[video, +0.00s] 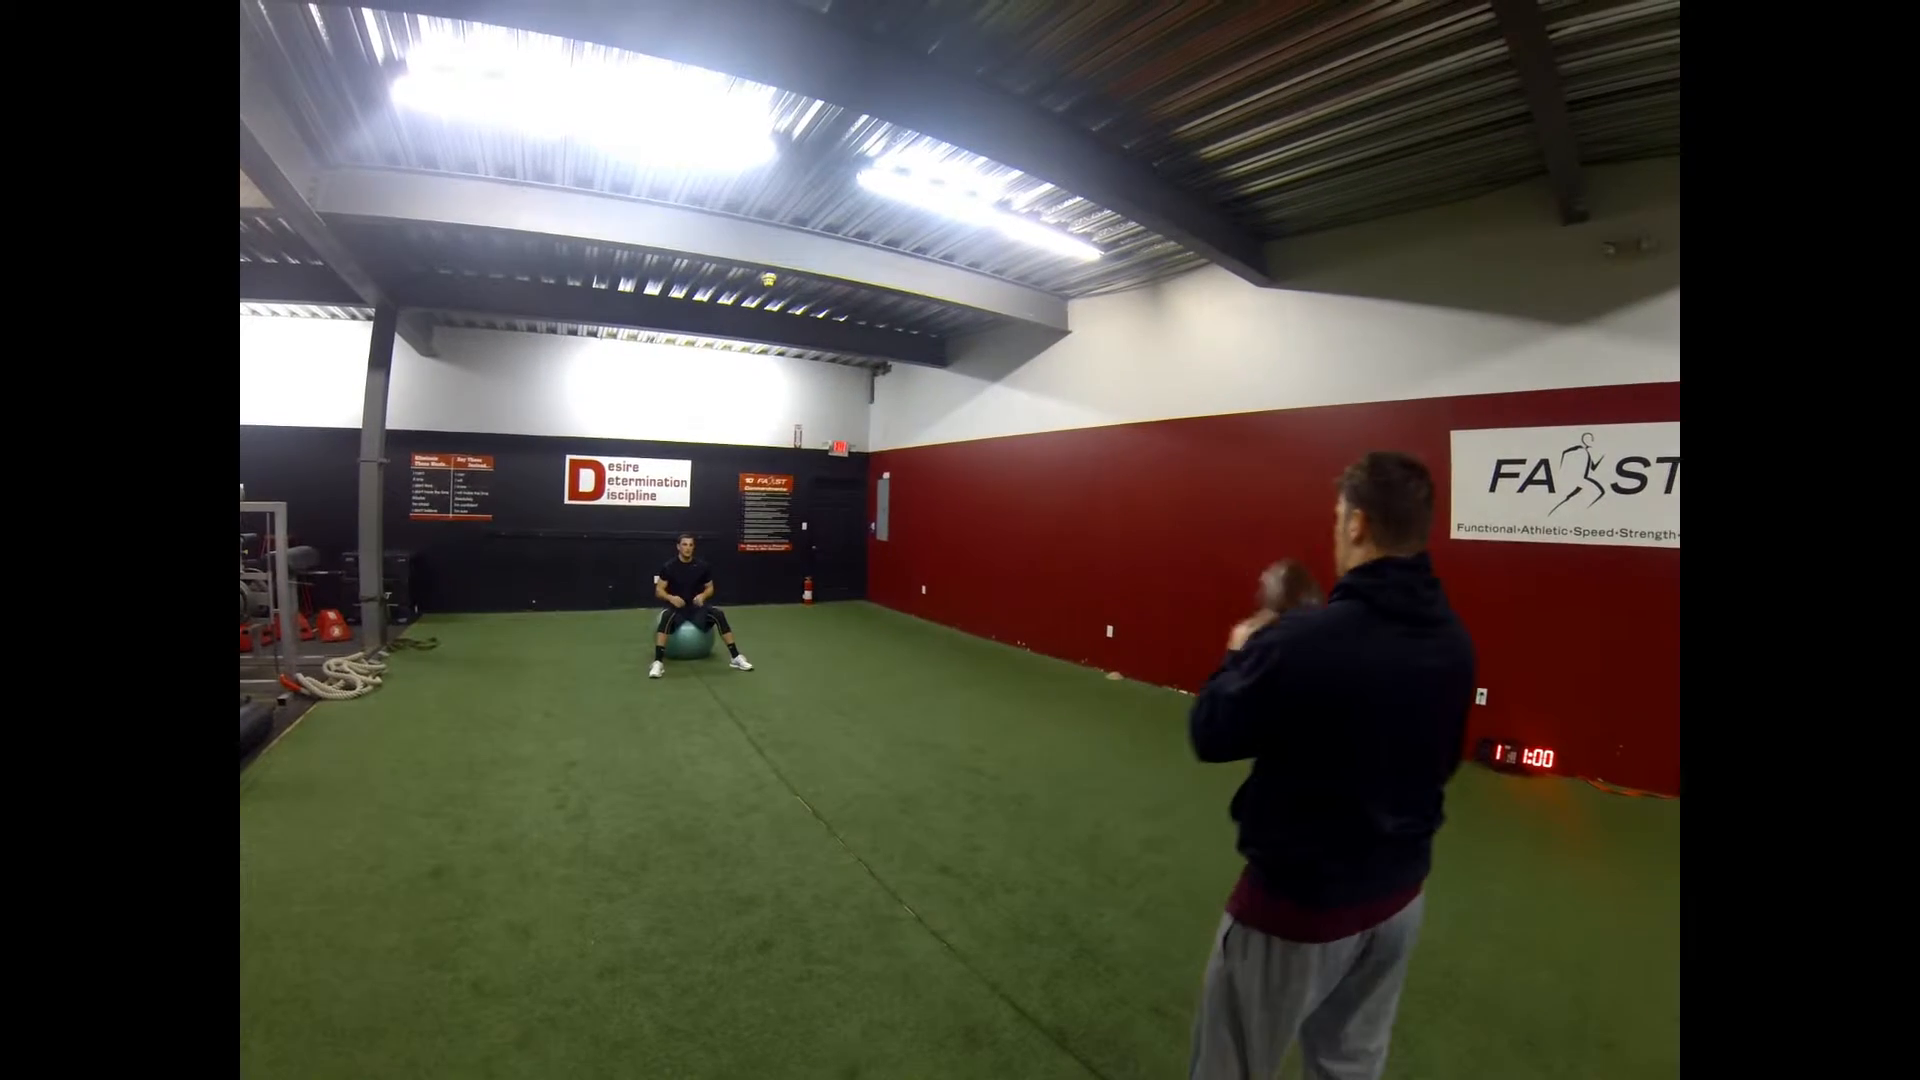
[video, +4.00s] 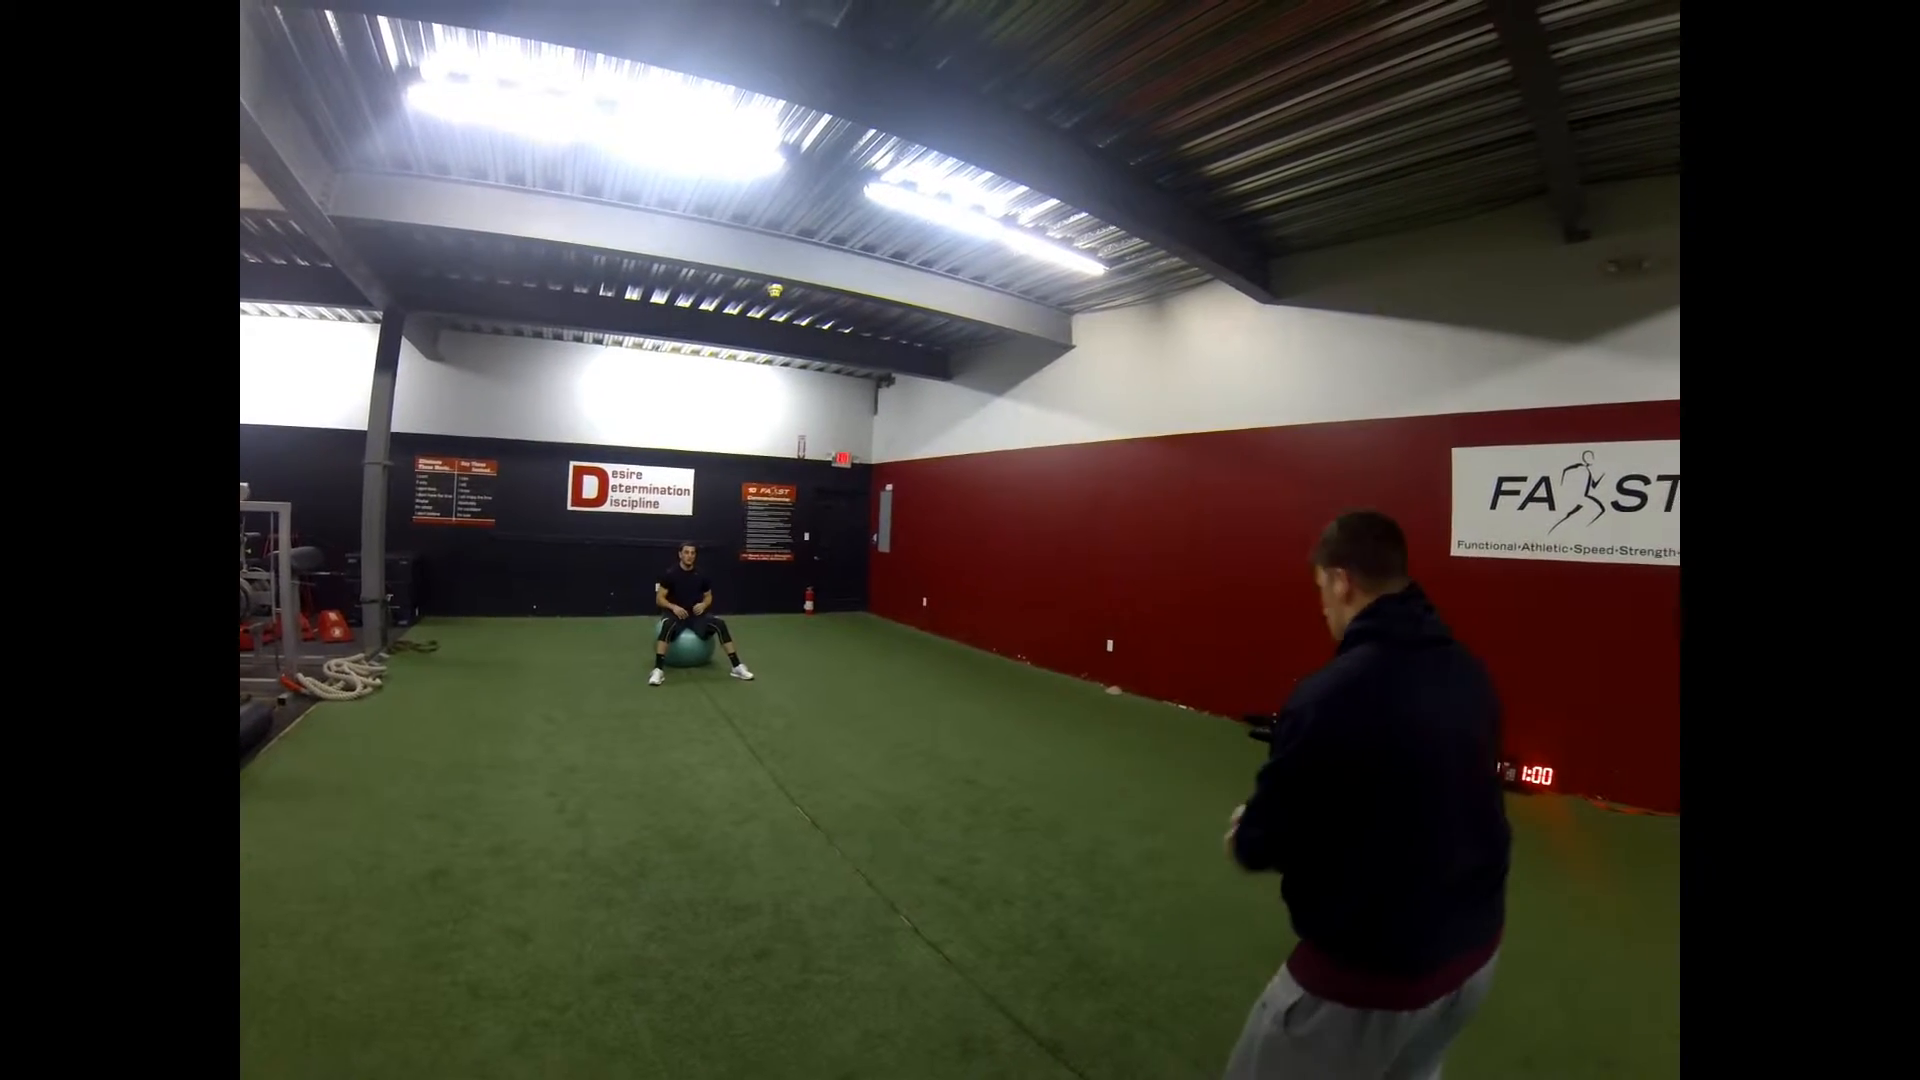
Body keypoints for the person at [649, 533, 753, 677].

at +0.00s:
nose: (687, 548)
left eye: (690, 545)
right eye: (684, 545)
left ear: (694, 548)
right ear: (678, 547)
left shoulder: (702, 566)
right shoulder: (669, 567)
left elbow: (710, 588)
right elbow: (659, 590)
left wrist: (702, 596)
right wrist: (671, 598)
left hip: (697, 608)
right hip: (677, 608)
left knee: (718, 614)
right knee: (666, 615)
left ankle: (736, 657)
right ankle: (658, 662)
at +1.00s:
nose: (697, 542)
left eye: (699, 539)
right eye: (693, 539)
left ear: (703, 542)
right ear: (687, 542)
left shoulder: (711, 561)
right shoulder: (678, 563)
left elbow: (717, 584)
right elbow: (671, 587)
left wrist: (710, 594)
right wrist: (686, 594)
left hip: (707, 601)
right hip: (687, 601)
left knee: (728, 609)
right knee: (677, 612)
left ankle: (743, 652)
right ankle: (665, 656)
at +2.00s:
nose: (707, 561)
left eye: (709, 557)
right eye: (705, 557)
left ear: (712, 556)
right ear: (696, 553)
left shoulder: (714, 569)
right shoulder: (683, 568)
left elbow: (727, 593)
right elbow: (678, 595)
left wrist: (724, 596)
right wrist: (703, 597)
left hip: (711, 607)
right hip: (690, 608)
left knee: (734, 618)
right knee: (679, 620)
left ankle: (750, 660)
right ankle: (671, 664)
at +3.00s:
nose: (690, 555)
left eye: (693, 552)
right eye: (687, 552)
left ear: (697, 554)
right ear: (682, 554)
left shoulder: (707, 572)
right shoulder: (677, 574)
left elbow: (724, 593)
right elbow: (659, 593)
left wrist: (718, 599)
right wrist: (657, 569)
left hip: (705, 615)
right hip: (684, 616)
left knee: (728, 623)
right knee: (677, 625)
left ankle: (742, 666)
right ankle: (664, 670)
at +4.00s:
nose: (689, 556)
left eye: (692, 553)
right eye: (686, 552)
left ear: (695, 556)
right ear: (680, 554)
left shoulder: (701, 574)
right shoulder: (670, 574)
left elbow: (708, 597)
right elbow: (659, 599)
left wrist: (703, 605)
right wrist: (674, 607)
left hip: (696, 615)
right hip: (676, 615)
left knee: (720, 624)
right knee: (667, 625)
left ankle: (737, 666)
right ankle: (658, 669)